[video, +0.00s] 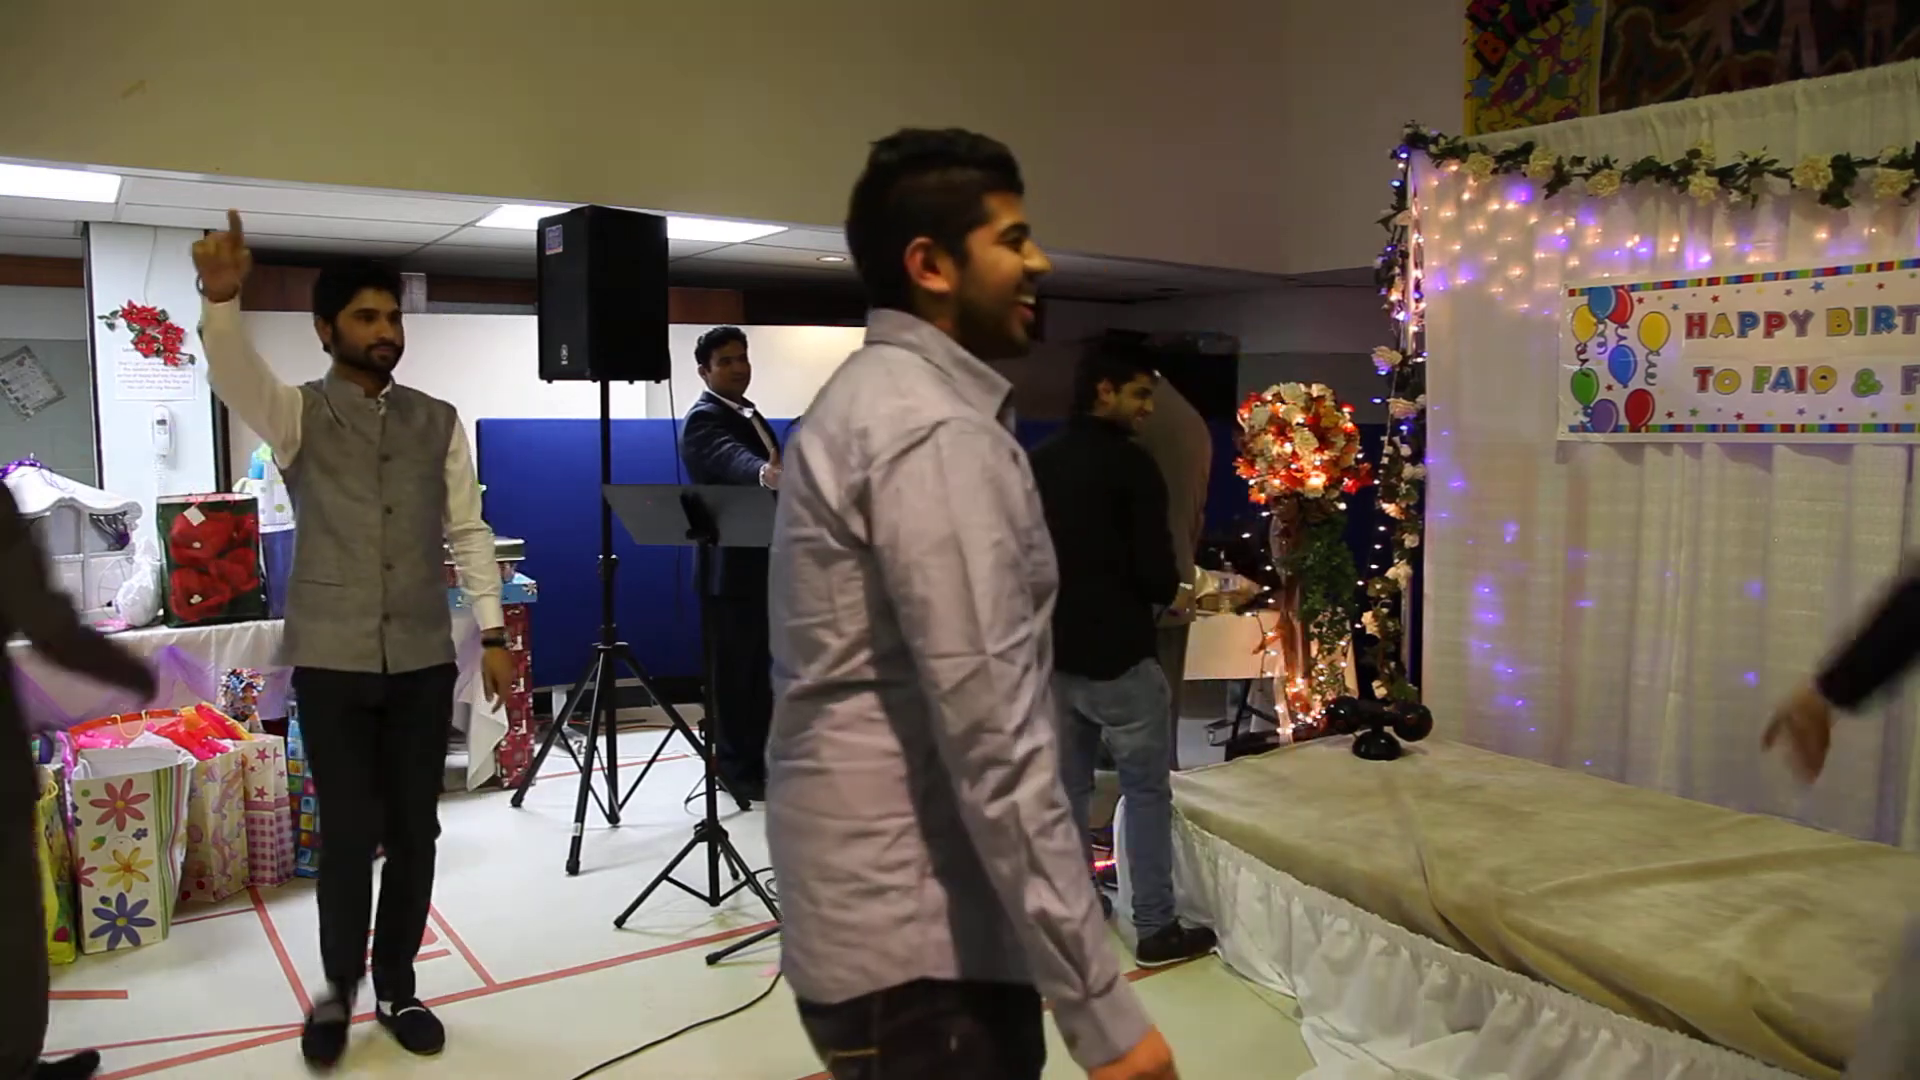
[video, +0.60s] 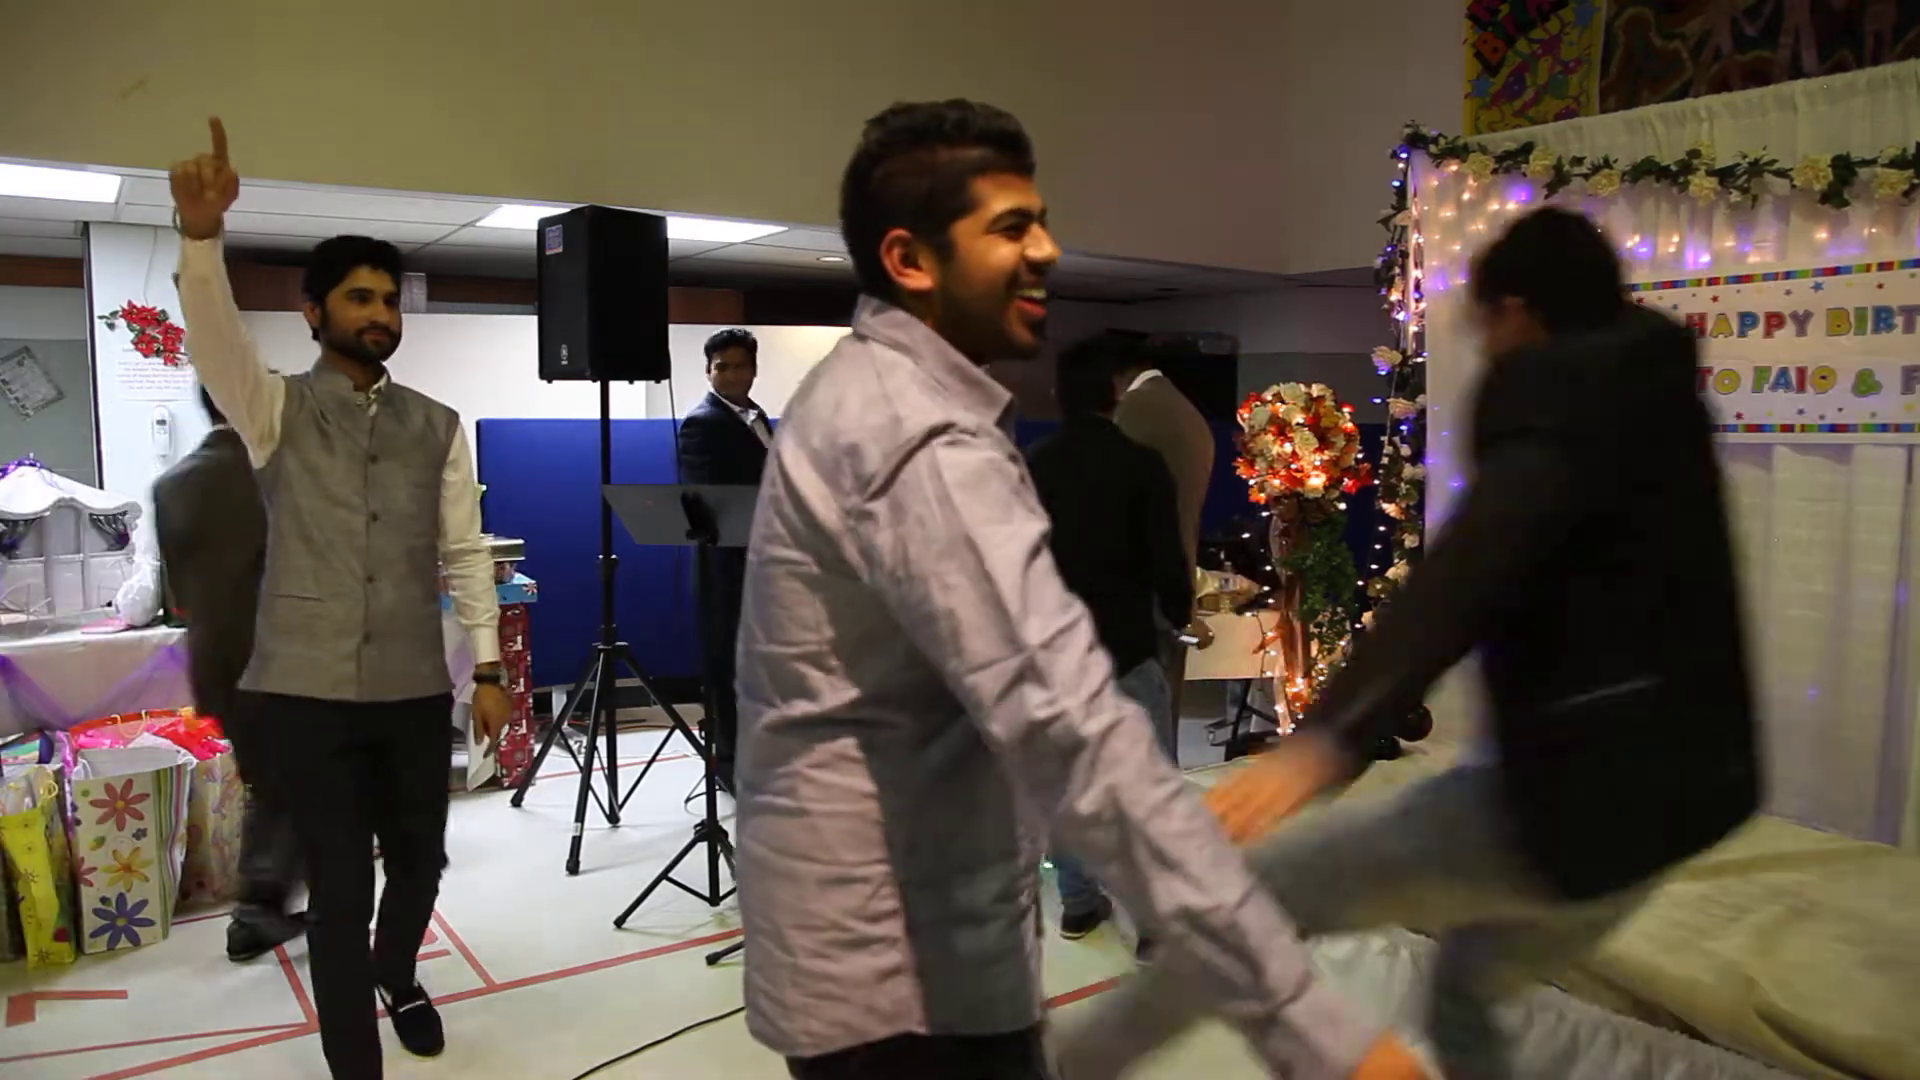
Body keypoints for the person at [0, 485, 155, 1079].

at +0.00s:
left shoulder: (6, 513)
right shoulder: (2, 512)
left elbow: (49, 626)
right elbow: (53, 629)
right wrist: (141, 673)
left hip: (7, 756)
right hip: (3, 756)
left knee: (18, 902)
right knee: (15, 900)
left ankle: (20, 1053)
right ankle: (18, 1056)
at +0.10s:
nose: (39, 373)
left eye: (36, 357)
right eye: (31, 358)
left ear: (6, 363)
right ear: (8, 366)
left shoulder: (29, 465)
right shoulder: (32, 468)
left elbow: (98, 588)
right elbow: (101, 589)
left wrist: (159, 633)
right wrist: (171, 642)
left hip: (22, 714)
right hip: (22, 719)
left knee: (23, 892)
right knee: (26, 895)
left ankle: (20, 1042)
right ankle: (18, 1052)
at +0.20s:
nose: (96, 377)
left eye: (90, 363)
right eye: (88, 365)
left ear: (20, 379)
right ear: (63, 375)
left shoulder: (8, 459)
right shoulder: (96, 474)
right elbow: (159, 579)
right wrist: (206, 618)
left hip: (21, 696)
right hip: (73, 702)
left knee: (107, 831)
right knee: (47, 884)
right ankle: (19, 1055)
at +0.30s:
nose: (143, 398)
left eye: (137, 385)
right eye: (136, 387)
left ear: (69, 401)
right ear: (119, 397)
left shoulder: (34, 497)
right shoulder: (148, 485)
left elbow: (22, 616)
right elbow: (213, 570)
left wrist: (49, 689)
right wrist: (256, 609)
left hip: (71, 710)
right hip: (134, 711)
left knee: (166, 824)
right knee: (86, 886)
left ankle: (231, 921)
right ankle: (23, 1051)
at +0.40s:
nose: (188, 412)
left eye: (183, 400)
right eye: (183, 401)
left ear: (123, 411)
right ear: (167, 408)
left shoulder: (83, 501)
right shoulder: (202, 488)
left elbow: (83, 618)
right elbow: (273, 575)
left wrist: (113, 695)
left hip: (130, 695)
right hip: (190, 691)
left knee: (229, 798)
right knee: (175, 855)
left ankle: (251, 922)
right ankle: (58, 1007)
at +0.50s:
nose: (234, 419)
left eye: (228, 406)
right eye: (229, 406)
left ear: (166, 415)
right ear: (216, 410)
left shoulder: (131, 499)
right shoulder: (240, 483)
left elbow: (134, 607)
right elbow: (278, 579)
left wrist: (168, 677)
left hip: (181, 682)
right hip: (240, 675)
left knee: (265, 793)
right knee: (266, 804)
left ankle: (256, 918)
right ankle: (170, 913)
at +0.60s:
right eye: (252, 396)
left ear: (204, 405)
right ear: (256, 405)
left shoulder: (174, 485)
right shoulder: (286, 471)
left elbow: (178, 595)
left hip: (213, 667)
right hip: (280, 661)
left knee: (266, 784)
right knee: (282, 785)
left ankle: (271, 902)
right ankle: (256, 912)